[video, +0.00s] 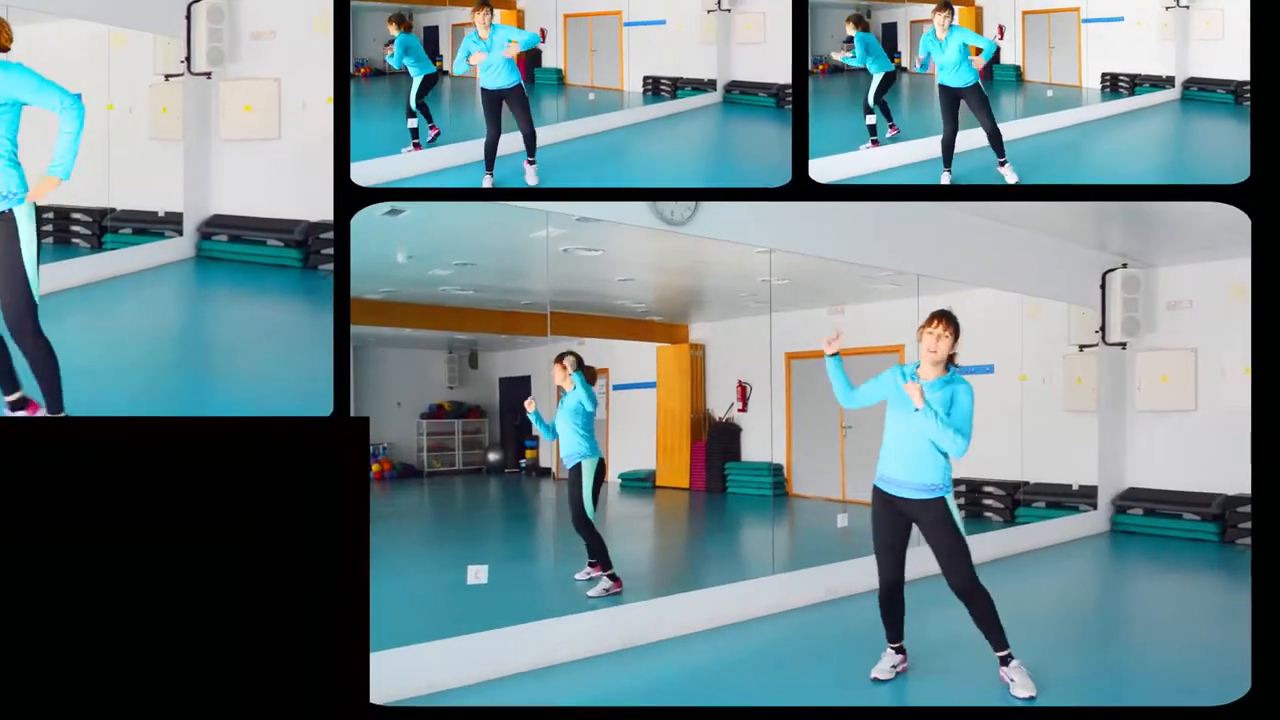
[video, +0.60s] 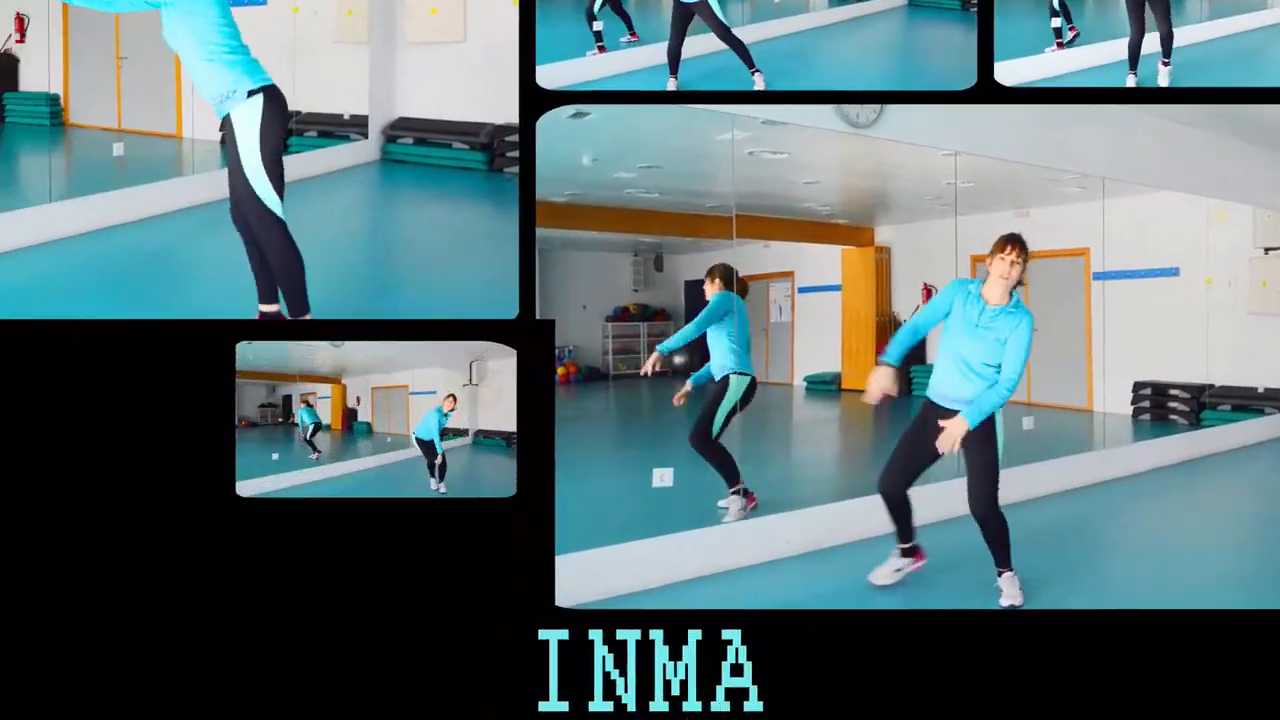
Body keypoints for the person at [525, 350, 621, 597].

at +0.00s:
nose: (553, 373)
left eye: (556, 368)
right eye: (554, 368)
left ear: (568, 370)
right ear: (561, 371)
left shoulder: (583, 394)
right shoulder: (564, 402)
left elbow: (590, 405)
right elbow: (549, 434)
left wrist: (574, 372)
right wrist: (533, 413)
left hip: (588, 461)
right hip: (575, 464)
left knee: (583, 519)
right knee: (579, 519)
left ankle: (611, 577)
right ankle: (596, 564)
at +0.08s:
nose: (560, 372)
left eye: (564, 367)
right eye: (559, 368)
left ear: (574, 368)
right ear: (570, 371)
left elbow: (571, 393)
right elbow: (549, 430)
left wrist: (562, 366)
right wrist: (531, 406)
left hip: (593, 460)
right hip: (577, 464)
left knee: (586, 517)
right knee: (570, 516)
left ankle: (615, 575)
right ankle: (592, 561)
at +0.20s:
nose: (574, 359)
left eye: (575, 354)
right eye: (574, 355)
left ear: (585, 352)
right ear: (589, 354)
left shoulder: (595, 370)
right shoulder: (587, 388)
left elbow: (554, 381)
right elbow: (562, 413)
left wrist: (557, 353)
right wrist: (540, 389)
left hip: (608, 447)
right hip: (593, 451)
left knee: (606, 505)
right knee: (574, 500)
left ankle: (634, 562)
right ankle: (598, 558)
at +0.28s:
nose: (588, 344)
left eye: (590, 340)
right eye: (589, 340)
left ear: (601, 340)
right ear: (609, 342)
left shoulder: (603, 357)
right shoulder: (608, 369)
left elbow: (563, 375)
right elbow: (582, 401)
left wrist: (571, 350)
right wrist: (554, 380)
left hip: (622, 437)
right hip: (610, 440)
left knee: (625, 494)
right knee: (591, 491)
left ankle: (654, 549)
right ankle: (607, 552)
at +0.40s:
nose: (621, 327)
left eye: (623, 322)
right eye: (622, 323)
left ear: (634, 321)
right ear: (642, 324)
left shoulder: (632, 340)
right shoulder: (647, 346)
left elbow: (604, 373)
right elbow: (622, 388)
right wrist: (590, 376)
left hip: (655, 420)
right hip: (644, 421)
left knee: (650, 483)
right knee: (628, 478)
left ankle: (691, 523)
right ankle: (648, 539)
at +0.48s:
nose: (651, 315)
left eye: (653, 309)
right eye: (651, 310)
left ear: (664, 309)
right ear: (671, 310)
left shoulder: (666, 324)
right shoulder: (674, 334)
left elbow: (641, 358)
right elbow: (656, 377)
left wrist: (625, 372)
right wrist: (621, 380)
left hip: (686, 405)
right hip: (675, 407)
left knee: (665, 467)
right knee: (654, 465)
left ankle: (711, 504)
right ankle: (680, 522)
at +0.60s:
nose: (704, 289)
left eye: (706, 284)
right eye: (704, 284)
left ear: (717, 282)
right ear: (725, 284)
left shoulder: (725, 298)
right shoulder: (726, 308)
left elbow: (695, 327)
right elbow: (721, 360)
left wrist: (660, 350)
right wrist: (691, 383)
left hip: (737, 378)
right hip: (730, 379)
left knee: (701, 438)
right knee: (703, 438)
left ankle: (740, 494)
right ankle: (738, 490)